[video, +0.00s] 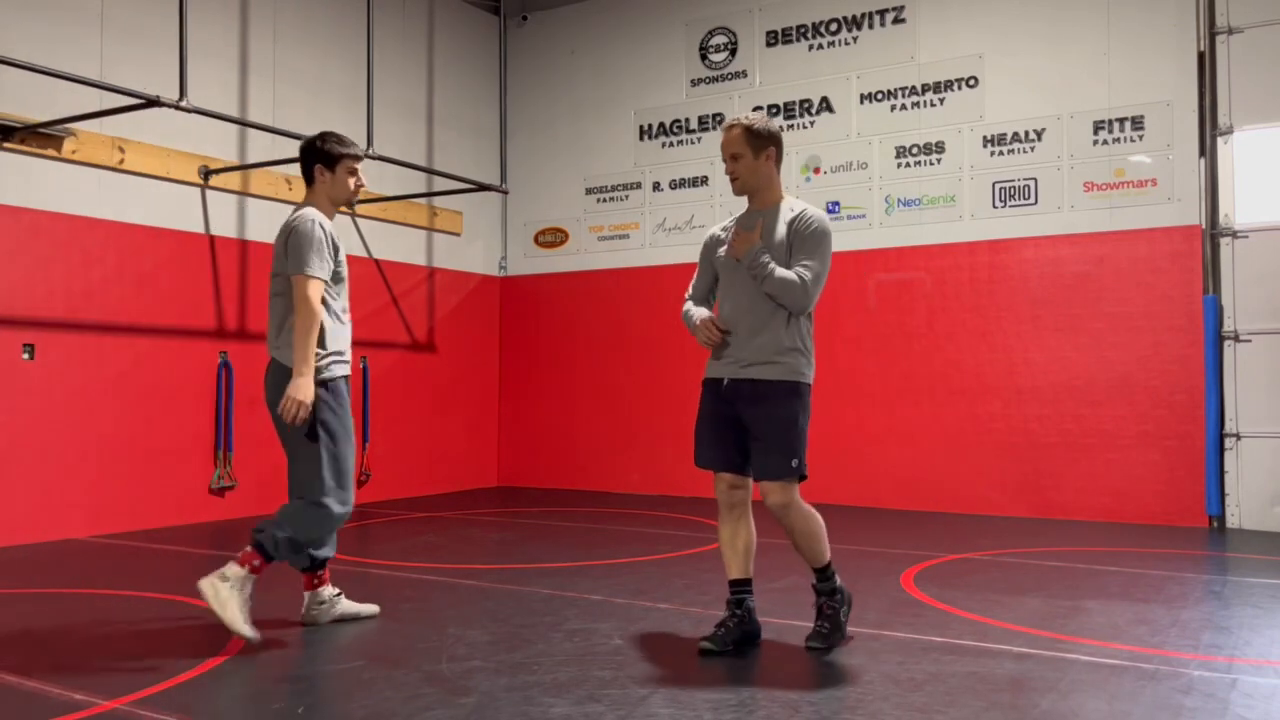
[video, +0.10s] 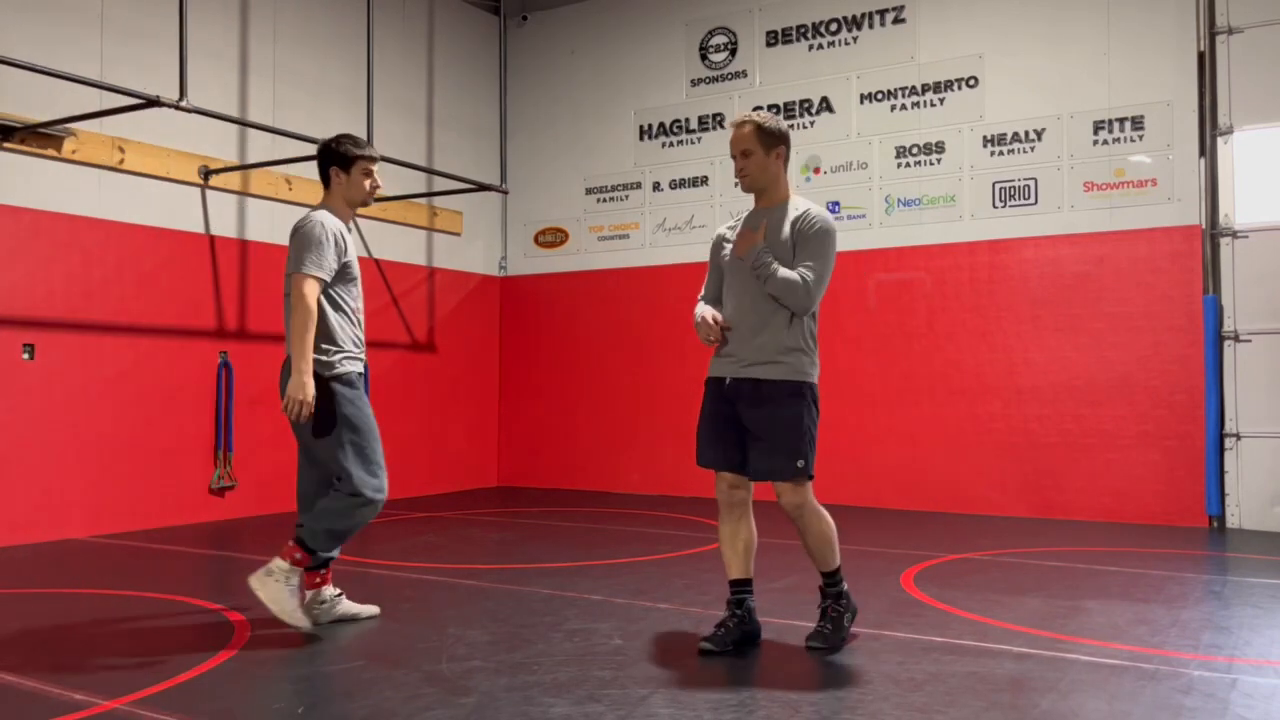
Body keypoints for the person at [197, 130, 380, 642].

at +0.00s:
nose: (359, 182)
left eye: (360, 173)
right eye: (351, 172)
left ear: (327, 177)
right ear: (321, 174)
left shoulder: (318, 228)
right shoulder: (309, 226)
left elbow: (315, 310)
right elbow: (308, 304)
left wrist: (329, 374)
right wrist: (302, 377)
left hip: (313, 377)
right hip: (312, 379)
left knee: (317, 491)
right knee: (333, 498)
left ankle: (320, 595)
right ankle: (233, 577)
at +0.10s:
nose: (376, 182)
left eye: (376, 174)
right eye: (367, 174)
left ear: (344, 179)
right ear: (337, 176)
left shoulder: (337, 230)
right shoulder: (319, 227)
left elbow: (323, 304)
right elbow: (302, 297)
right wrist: (300, 374)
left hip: (330, 376)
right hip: (330, 378)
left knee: (323, 483)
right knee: (365, 487)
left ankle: (318, 592)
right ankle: (282, 573)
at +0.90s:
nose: (484, 184)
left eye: (483, 175)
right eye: (475, 176)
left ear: (452, 181)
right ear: (445, 181)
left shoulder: (447, 230)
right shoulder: (433, 238)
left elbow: (454, 319)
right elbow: (449, 324)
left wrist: (477, 382)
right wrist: (487, 388)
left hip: (458, 378)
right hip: (440, 382)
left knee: (481, 473)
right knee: (460, 483)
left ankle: (402, 548)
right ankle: (457, 598)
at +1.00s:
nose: (496, 184)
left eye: (495, 175)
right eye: (488, 176)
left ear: (458, 182)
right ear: (456, 180)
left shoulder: (456, 228)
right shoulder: (443, 238)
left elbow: (457, 315)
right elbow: (458, 321)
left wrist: (480, 370)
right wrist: (506, 383)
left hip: (472, 376)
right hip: (453, 380)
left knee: (499, 471)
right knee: (464, 481)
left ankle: (445, 557)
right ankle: (458, 596)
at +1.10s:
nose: (504, 184)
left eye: (504, 174)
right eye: (496, 175)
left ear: (469, 181)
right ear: (464, 180)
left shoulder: (466, 229)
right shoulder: (448, 238)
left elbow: (468, 317)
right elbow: (461, 322)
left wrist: (493, 374)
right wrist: (513, 382)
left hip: (484, 377)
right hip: (460, 381)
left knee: (511, 475)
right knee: (471, 484)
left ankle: (498, 566)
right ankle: (457, 599)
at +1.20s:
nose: (511, 186)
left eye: (511, 176)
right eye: (504, 177)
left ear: (478, 179)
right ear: (472, 180)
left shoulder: (470, 228)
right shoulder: (453, 239)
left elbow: (476, 313)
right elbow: (463, 323)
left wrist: (500, 373)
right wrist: (505, 386)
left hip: (488, 375)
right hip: (465, 381)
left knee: (518, 465)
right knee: (478, 483)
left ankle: (539, 551)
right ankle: (459, 597)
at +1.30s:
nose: (517, 185)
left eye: (517, 175)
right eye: (510, 176)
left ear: (482, 180)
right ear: (478, 178)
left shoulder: (476, 226)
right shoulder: (458, 239)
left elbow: (476, 310)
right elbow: (462, 322)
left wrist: (500, 372)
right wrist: (489, 393)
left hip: (498, 375)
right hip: (470, 383)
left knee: (532, 463)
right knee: (481, 486)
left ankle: (558, 545)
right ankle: (461, 596)